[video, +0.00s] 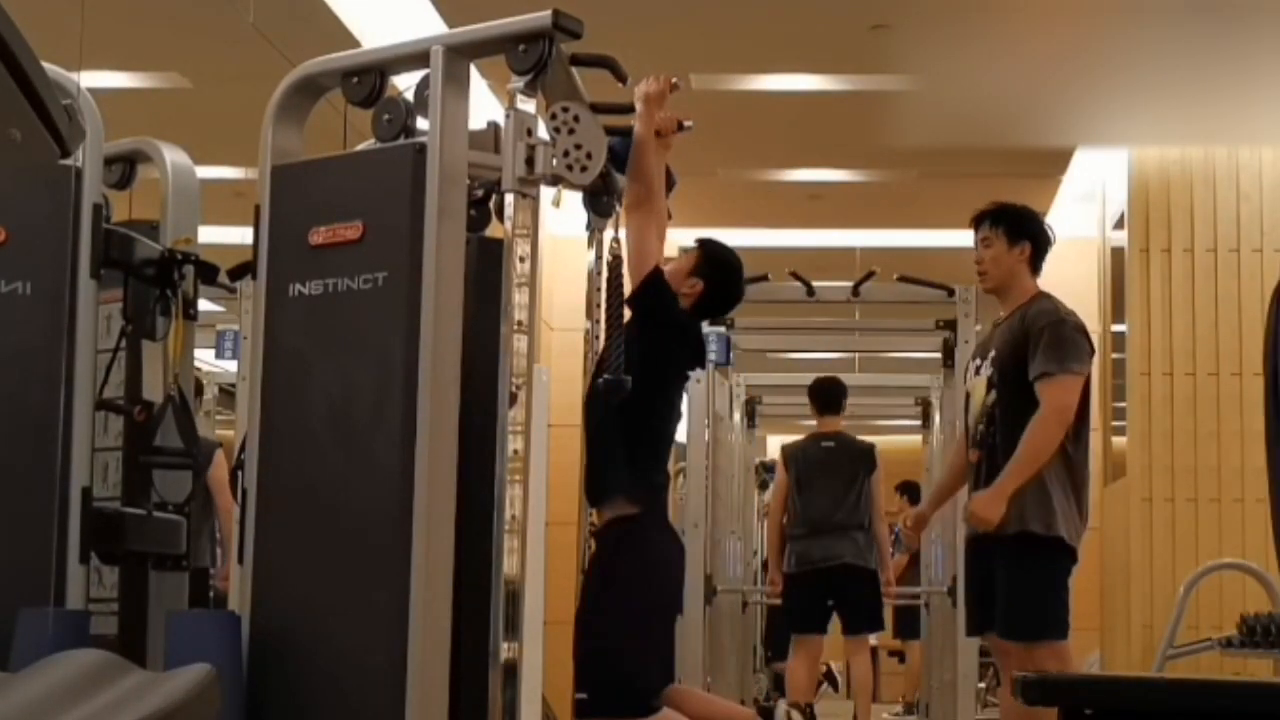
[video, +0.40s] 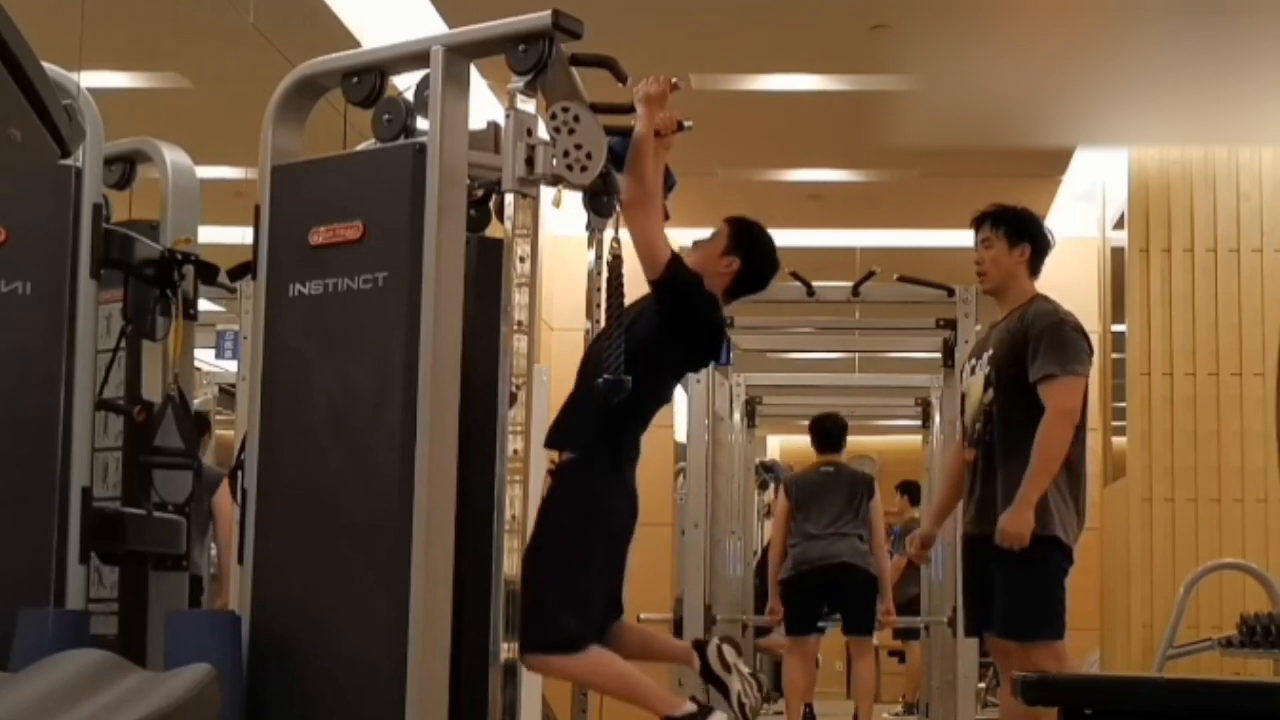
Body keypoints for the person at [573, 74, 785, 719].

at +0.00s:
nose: (669, 259)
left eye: (681, 257)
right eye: (678, 255)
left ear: (693, 287)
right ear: (690, 289)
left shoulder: (664, 327)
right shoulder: (656, 327)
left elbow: (646, 209)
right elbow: (645, 216)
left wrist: (645, 123)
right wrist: (658, 133)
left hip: (633, 542)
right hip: (633, 540)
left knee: (621, 704)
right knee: (642, 692)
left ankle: (745, 717)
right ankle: (755, 716)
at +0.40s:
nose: (698, 242)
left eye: (711, 239)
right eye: (708, 236)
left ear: (727, 264)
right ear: (729, 268)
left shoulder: (689, 307)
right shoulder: (688, 307)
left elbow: (639, 212)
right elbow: (647, 217)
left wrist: (646, 125)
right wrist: (656, 137)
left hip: (589, 486)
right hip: (600, 485)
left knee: (546, 649)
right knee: (600, 629)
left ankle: (683, 710)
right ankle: (701, 657)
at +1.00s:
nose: (719, 117)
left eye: (729, 106)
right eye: (726, 105)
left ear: (753, 119)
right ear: (767, 128)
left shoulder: (733, 180)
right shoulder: (754, 197)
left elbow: (640, 187)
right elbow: (649, 208)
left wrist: (645, 119)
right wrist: (658, 145)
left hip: (620, 332)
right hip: (643, 345)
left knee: (535, 472)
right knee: (581, 481)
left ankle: (617, 572)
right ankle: (655, 528)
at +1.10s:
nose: (713, 87)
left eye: (723, 77)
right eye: (719, 76)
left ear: (748, 88)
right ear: (763, 97)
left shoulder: (725, 145)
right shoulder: (752, 167)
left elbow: (645, 187)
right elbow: (660, 192)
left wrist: (646, 119)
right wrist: (662, 137)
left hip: (633, 303)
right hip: (660, 317)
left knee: (543, 444)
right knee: (582, 448)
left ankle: (631, 539)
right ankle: (649, 516)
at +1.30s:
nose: (704, 56)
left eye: (715, 45)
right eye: (711, 44)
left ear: (739, 59)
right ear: (752, 67)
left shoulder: (715, 116)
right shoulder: (725, 123)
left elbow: (655, 191)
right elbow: (656, 193)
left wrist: (648, 117)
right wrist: (654, 127)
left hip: (634, 289)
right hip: (645, 294)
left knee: (559, 435)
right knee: (589, 438)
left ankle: (676, 496)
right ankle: (682, 488)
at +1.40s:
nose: (701, 69)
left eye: (713, 58)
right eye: (708, 57)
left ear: (737, 70)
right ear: (752, 79)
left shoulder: (713, 127)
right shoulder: (732, 139)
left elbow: (644, 193)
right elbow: (652, 195)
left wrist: (646, 120)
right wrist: (656, 124)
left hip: (632, 304)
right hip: (651, 311)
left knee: (565, 450)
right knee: (602, 476)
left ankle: (689, 488)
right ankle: (696, 496)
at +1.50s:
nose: (707, 92)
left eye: (717, 81)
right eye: (711, 80)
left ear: (742, 94)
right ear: (759, 104)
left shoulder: (715, 152)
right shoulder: (741, 165)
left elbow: (636, 191)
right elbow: (656, 200)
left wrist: (643, 121)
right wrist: (662, 140)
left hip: (635, 326)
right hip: (657, 333)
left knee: (576, 475)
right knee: (616, 500)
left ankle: (701, 523)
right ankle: (706, 513)